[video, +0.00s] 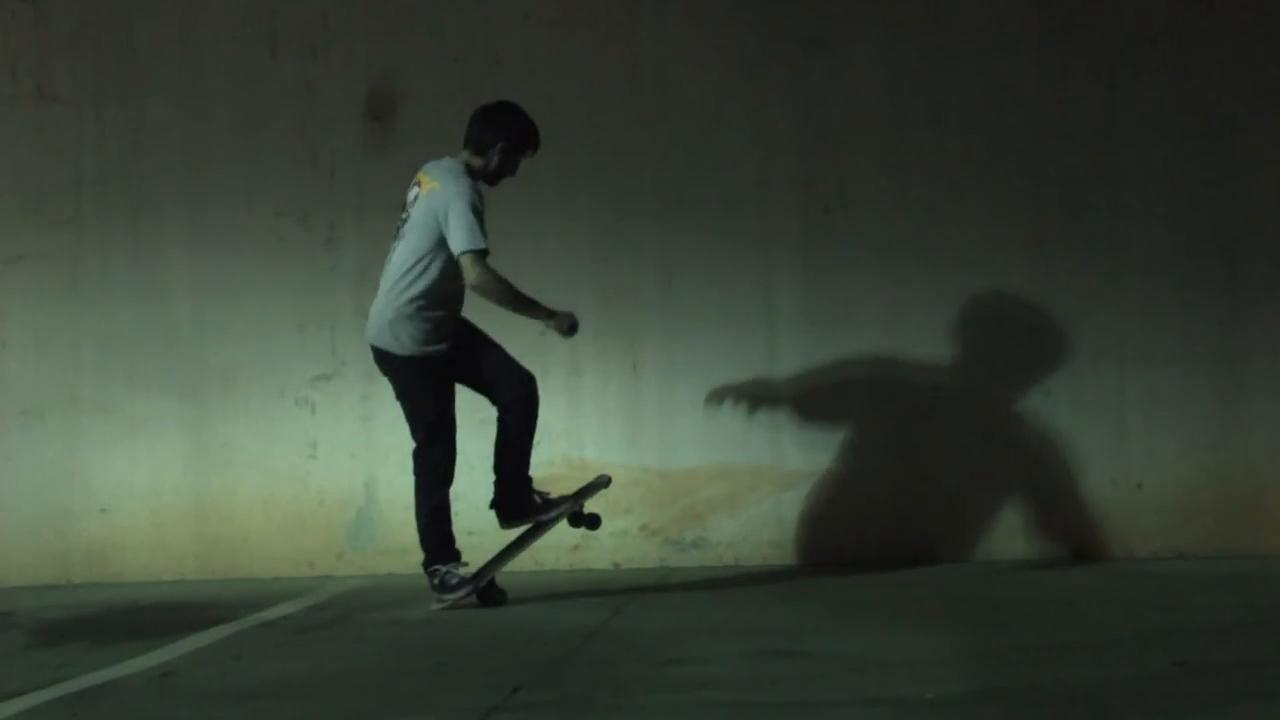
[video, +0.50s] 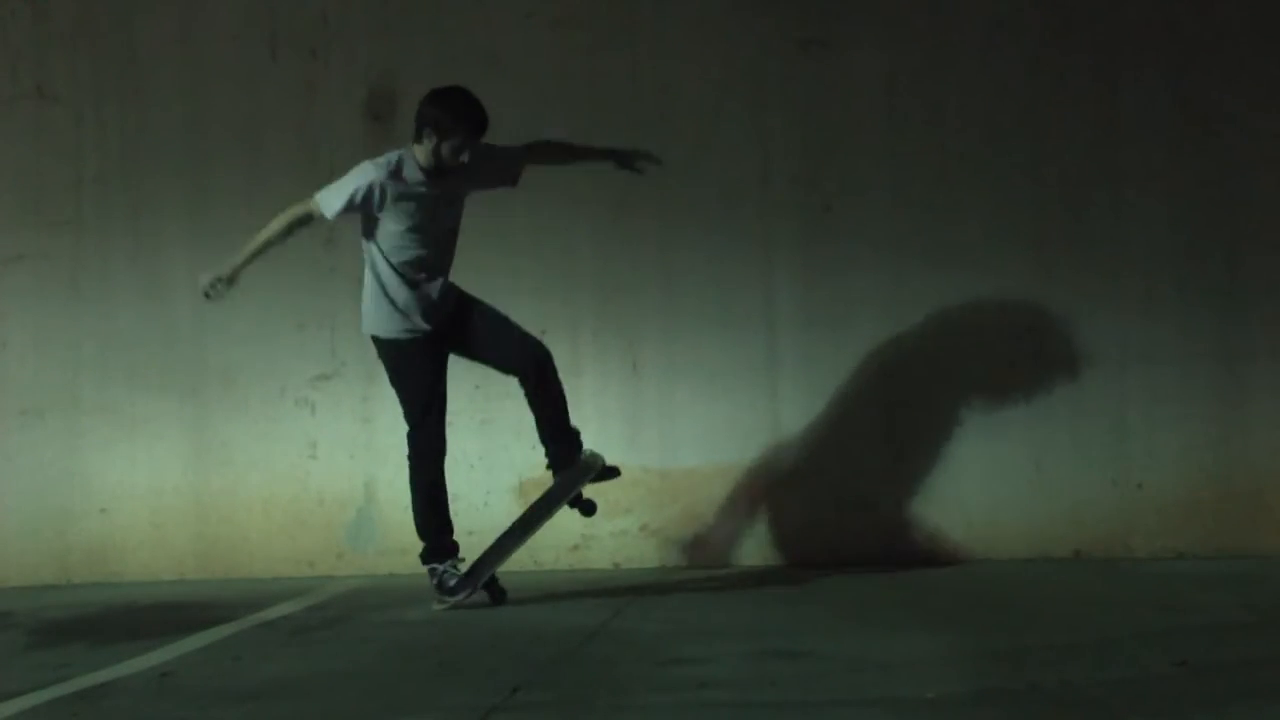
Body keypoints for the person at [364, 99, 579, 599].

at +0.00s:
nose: (515, 171)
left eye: (519, 161)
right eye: (515, 159)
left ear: (481, 145)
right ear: (495, 150)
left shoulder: (441, 172)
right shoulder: (458, 189)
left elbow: (408, 216)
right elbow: (477, 274)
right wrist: (547, 315)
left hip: (439, 327)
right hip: (407, 337)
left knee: (518, 391)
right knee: (435, 451)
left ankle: (513, 500)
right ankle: (441, 567)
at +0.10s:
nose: (515, 169)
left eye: (520, 159)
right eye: (515, 157)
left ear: (482, 146)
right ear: (492, 149)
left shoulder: (449, 174)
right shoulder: (448, 187)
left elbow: (445, 221)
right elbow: (448, 277)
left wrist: (482, 245)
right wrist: (512, 333)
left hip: (442, 330)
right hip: (405, 337)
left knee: (517, 387)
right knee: (435, 450)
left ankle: (513, 496)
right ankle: (441, 566)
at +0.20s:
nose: (511, 168)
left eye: (515, 158)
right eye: (510, 156)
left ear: (480, 146)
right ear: (484, 146)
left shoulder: (454, 183)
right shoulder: (438, 185)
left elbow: (467, 218)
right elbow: (410, 268)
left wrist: (526, 231)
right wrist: (442, 344)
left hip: (441, 321)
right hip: (403, 332)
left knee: (521, 374)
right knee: (438, 447)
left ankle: (500, 482)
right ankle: (442, 566)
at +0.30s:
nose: (497, 163)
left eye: (501, 152)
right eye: (493, 151)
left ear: (470, 147)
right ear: (464, 143)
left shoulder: (464, 188)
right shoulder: (415, 191)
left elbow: (510, 207)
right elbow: (370, 261)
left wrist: (579, 220)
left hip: (445, 327)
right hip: (404, 338)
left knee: (521, 384)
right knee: (439, 451)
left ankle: (512, 485)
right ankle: (441, 566)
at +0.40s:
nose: (479, 158)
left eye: (481, 149)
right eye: (473, 148)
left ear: (461, 144)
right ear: (443, 141)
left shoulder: (466, 179)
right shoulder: (394, 187)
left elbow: (530, 186)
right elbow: (333, 244)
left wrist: (603, 195)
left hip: (445, 320)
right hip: (401, 332)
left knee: (525, 383)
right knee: (435, 448)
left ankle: (566, 482)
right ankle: (441, 568)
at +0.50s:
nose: (467, 156)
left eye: (471, 146)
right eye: (462, 145)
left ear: (460, 140)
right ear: (432, 134)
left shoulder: (458, 172)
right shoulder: (379, 178)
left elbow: (533, 156)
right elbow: (300, 214)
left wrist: (611, 156)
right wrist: (233, 268)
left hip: (446, 306)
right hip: (400, 324)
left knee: (534, 359)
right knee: (427, 440)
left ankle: (569, 463)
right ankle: (441, 564)